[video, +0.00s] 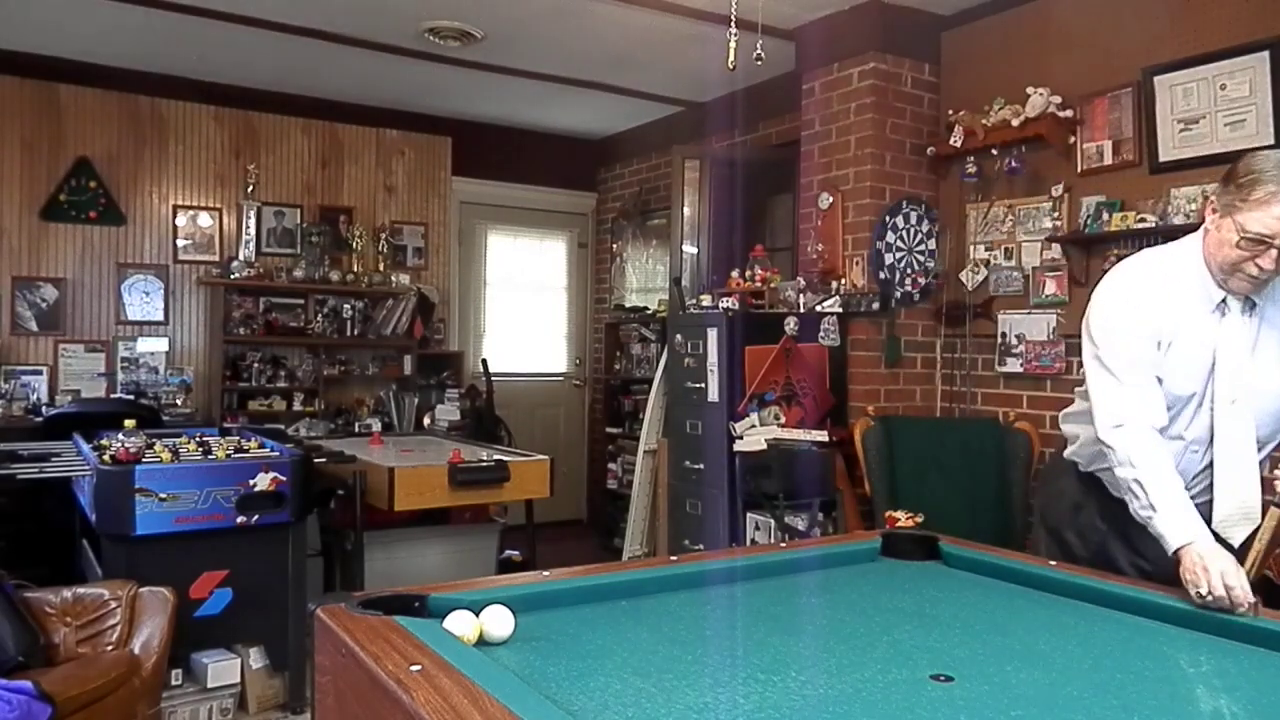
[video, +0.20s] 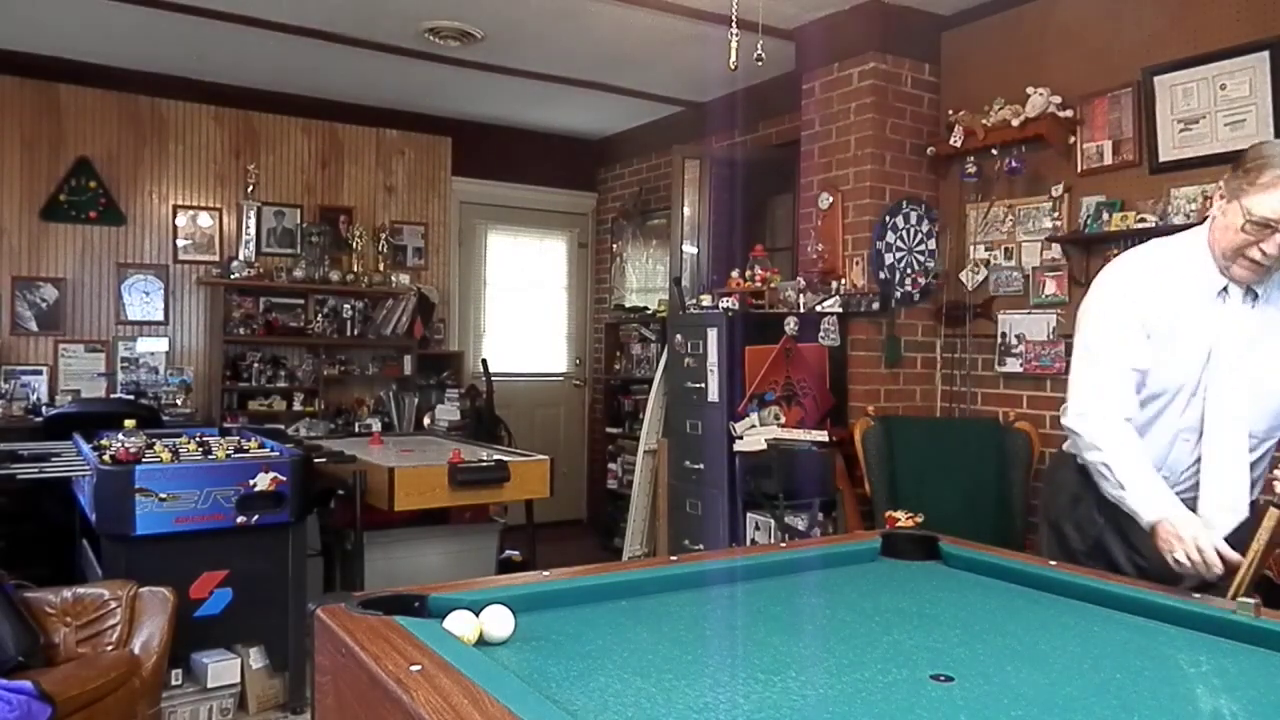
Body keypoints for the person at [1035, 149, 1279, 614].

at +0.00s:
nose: (1268, 263)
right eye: (1255, 241)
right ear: (1212, 214)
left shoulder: (1271, 300)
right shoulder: (1131, 291)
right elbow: (1129, 433)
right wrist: (1191, 544)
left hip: (1208, 518)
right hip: (1099, 510)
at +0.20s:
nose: (1270, 248)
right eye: (1260, 224)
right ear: (1219, 202)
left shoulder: (1273, 298)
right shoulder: (1132, 281)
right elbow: (1093, 419)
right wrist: (1163, 516)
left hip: (1222, 525)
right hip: (1103, 508)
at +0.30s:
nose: (1265, 237)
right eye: (1253, 212)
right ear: (1216, 193)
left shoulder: (1273, 290)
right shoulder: (1129, 274)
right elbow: (1064, 404)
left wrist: (1270, 463)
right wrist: (1134, 499)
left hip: (1227, 533)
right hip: (1103, 522)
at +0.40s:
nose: (1246, 224)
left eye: (1269, 213)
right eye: (1235, 200)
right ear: (1202, 185)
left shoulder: (1274, 283)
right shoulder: (1120, 269)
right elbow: (1044, 393)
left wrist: (1271, 455)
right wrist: (1104, 490)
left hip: (1224, 526)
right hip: (1101, 518)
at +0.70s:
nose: (1145, 197)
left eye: (1165, 182)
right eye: (1133, 182)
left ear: (1217, 181)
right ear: (1122, 184)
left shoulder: (1263, 277)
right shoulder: (1080, 272)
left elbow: (1275, 413)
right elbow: (1029, 384)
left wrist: (1217, 432)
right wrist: (1037, 480)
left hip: (1203, 526)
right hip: (1083, 515)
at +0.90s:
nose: (1084, 195)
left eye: (1100, 177)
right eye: (1073, 184)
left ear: (1149, 171)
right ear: (1065, 190)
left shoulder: (1217, 265)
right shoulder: (1052, 284)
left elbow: (1270, 389)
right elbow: (1020, 394)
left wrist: (1159, 404)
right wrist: (1016, 474)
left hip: (1189, 519)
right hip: (1080, 513)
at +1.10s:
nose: (1036, 202)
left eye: (1047, 184)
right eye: (1028, 193)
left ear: (1096, 173)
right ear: (1024, 200)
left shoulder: (1174, 257)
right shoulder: (1033, 292)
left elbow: (1230, 375)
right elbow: (1013, 401)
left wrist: (1111, 409)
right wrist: (1011, 470)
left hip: (1172, 507)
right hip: (1069, 507)